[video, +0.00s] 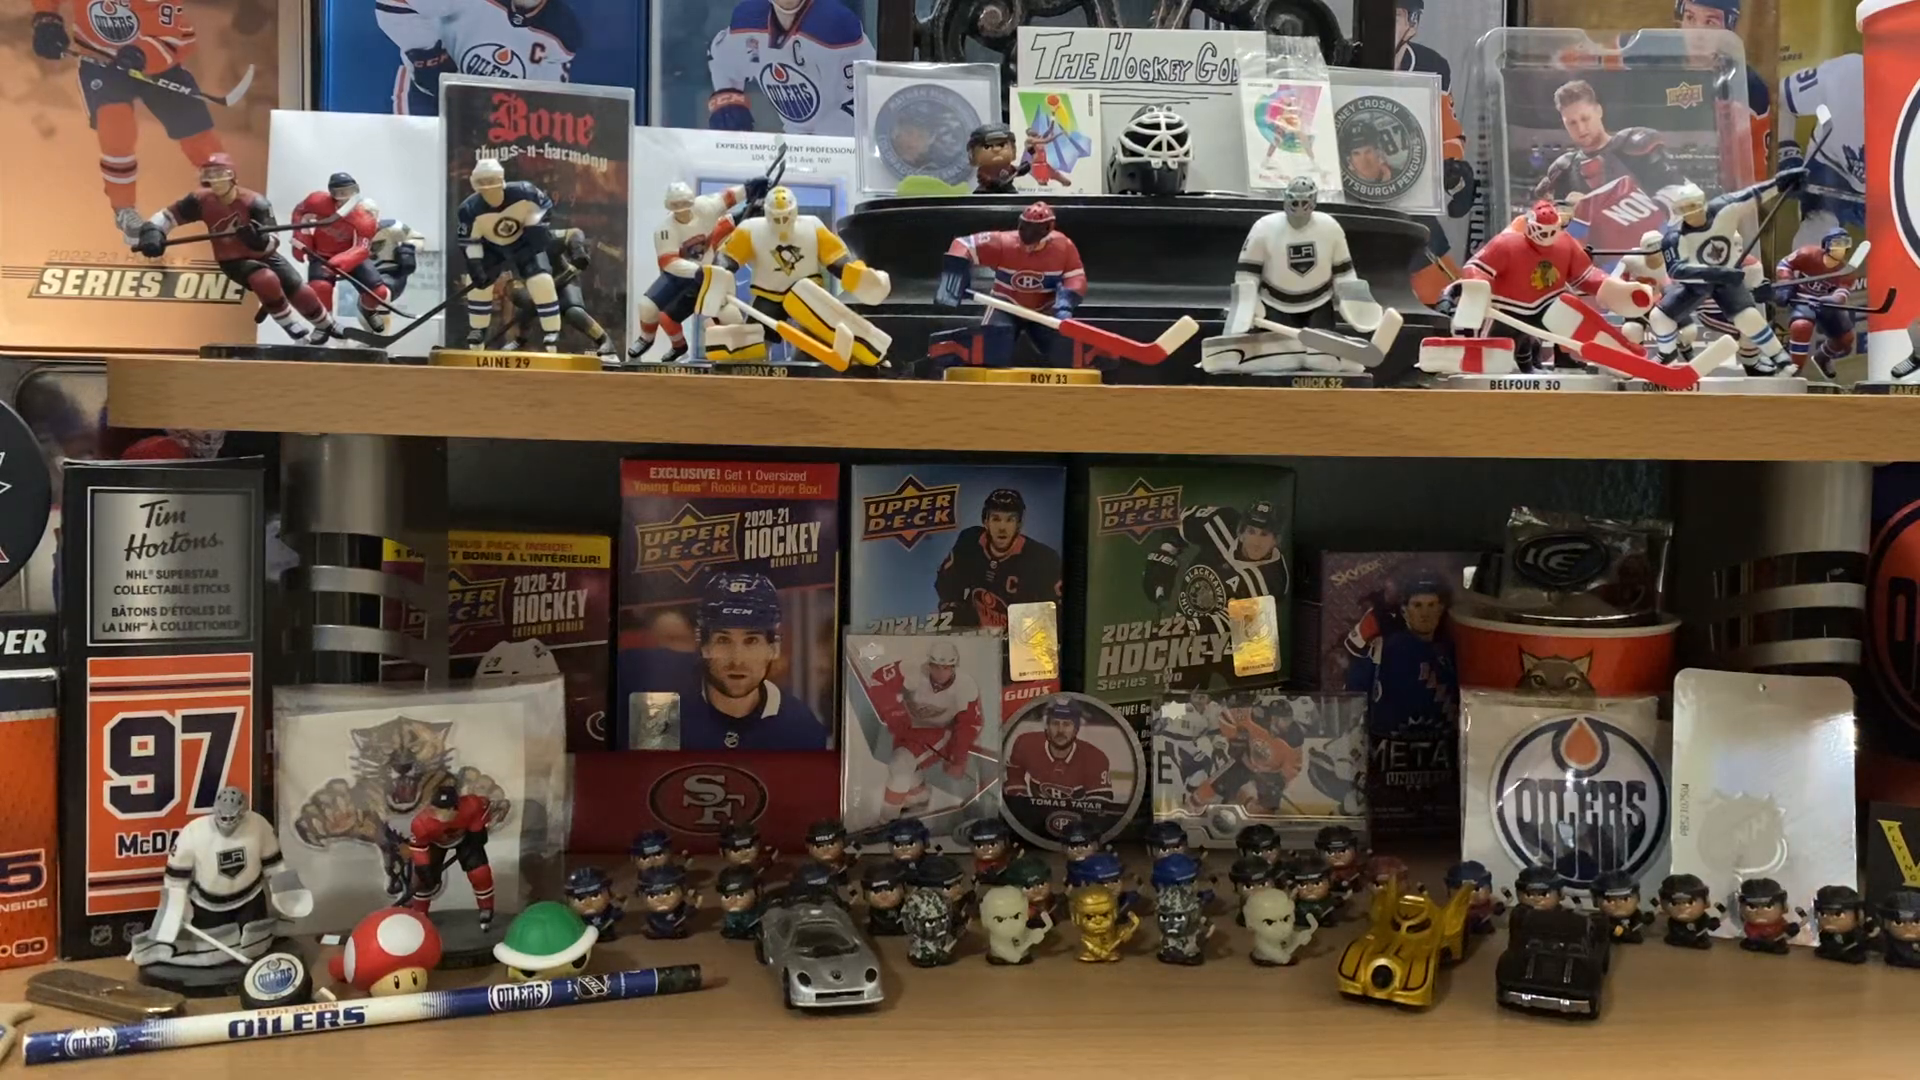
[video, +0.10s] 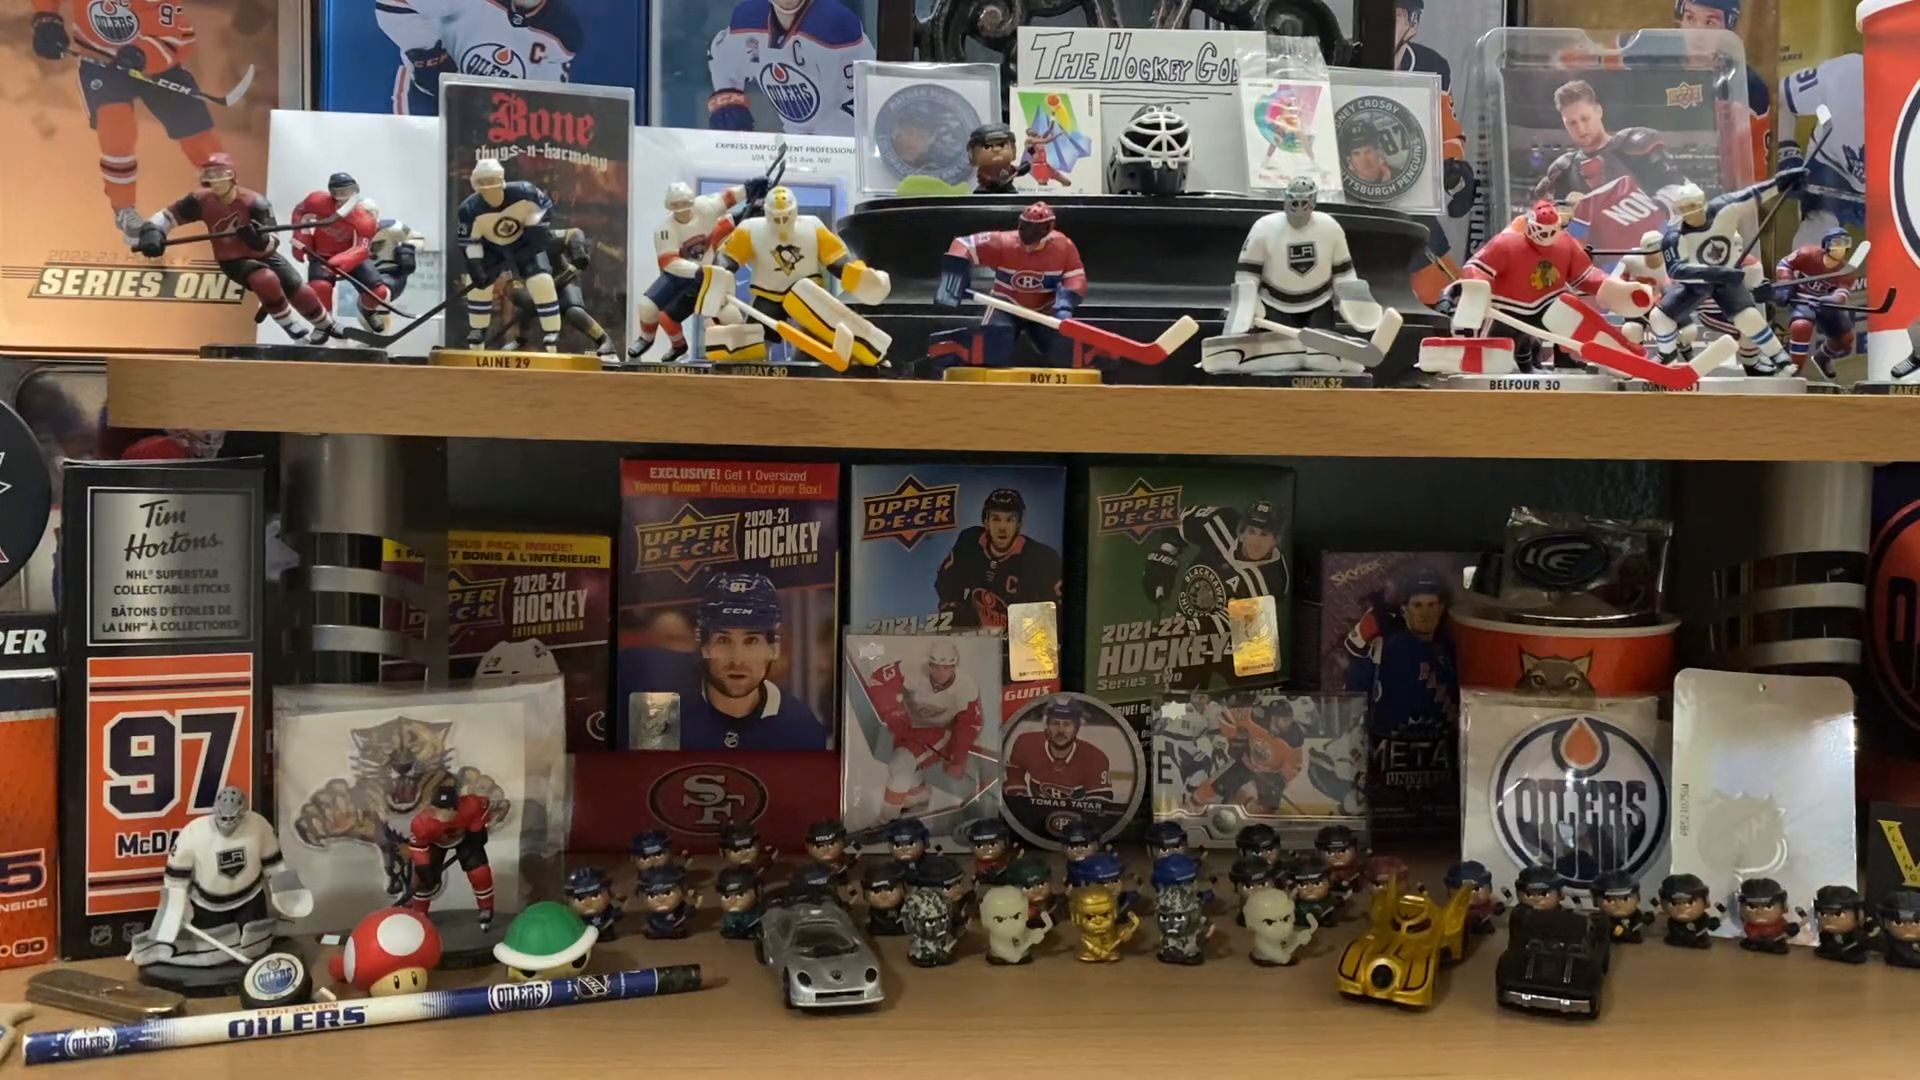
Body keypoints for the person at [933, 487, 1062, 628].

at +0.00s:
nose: (1002, 527)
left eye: (1009, 520)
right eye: (996, 520)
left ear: (1019, 524)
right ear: (985, 522)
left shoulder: (1042, 559)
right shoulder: (969, 541)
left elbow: (1051, 604)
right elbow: (946, 577)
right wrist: (950, 607)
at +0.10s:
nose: (1002, 527)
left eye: (1009, 520)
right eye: (996, 520)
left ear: (1019, 524)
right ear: (986, 522)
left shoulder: (1042, 558)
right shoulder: (969, 541)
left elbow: (1051, 604)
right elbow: (946, 576)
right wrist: (950, 606)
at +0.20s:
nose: (1002, 527)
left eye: (1009, 520)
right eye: (996, 519)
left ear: (1019, 524)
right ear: (985, 522)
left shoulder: (1042, 558)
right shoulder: (969, 541)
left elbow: (1052, 604)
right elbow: (946, 577)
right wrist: (950, 607)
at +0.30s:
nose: (1002, 527)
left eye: (1009, 520)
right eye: (996, 519)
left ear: (1019, 524)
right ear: (986, 522)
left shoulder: (1043, 559)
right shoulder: (969, 541)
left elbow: (1050, 604)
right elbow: (946, 576)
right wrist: (950, 606)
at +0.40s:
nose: (1002, 527)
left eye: (1009, 520)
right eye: (996, 519)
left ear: (1019, 524)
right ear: (986, 522)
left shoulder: (1042, 558)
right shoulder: (969, 541)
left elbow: (1051, 604)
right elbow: (946, 577)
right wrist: (950, 607)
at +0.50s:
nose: (1003, 527)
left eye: (1009, 520)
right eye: (996, 519)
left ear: (1019, 524)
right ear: (986, 522)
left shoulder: (1043, 559)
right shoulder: (969, 541)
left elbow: (1051, 604)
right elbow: (945, 578)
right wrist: (951, 607)